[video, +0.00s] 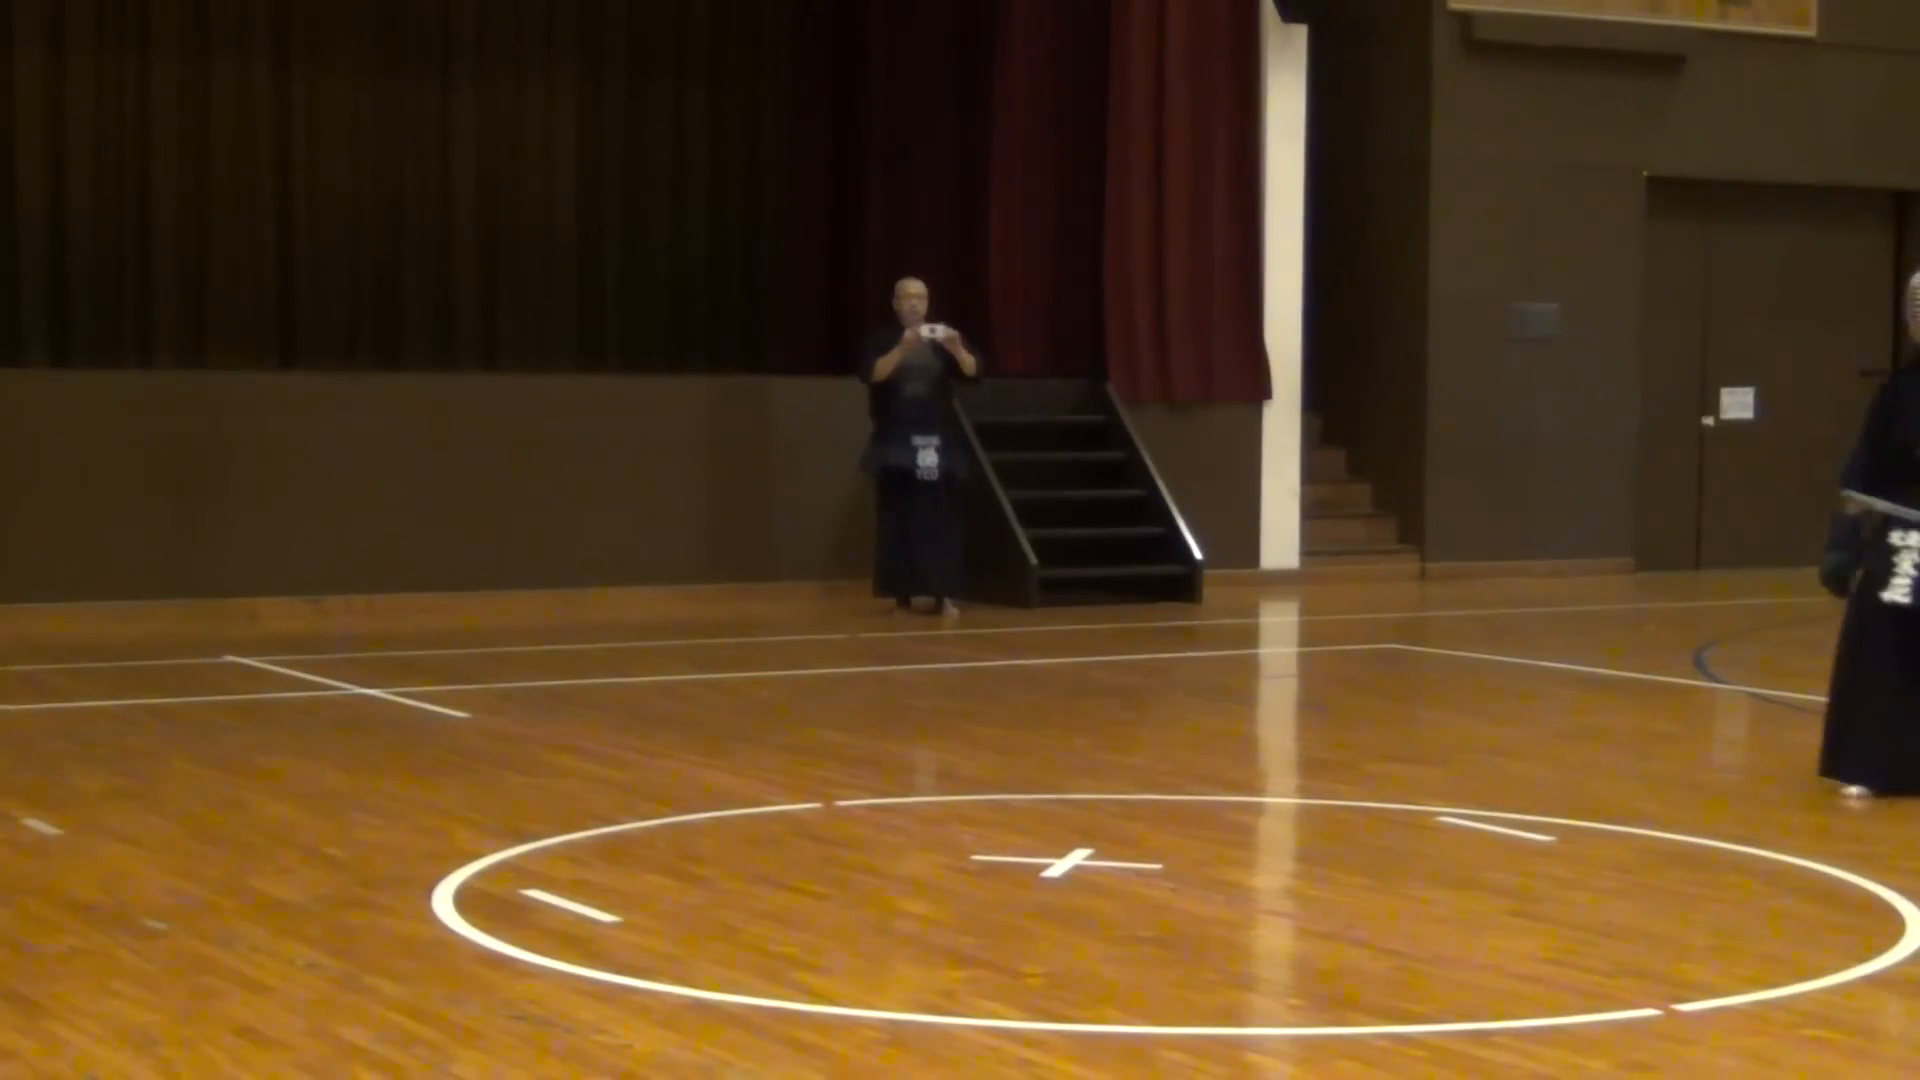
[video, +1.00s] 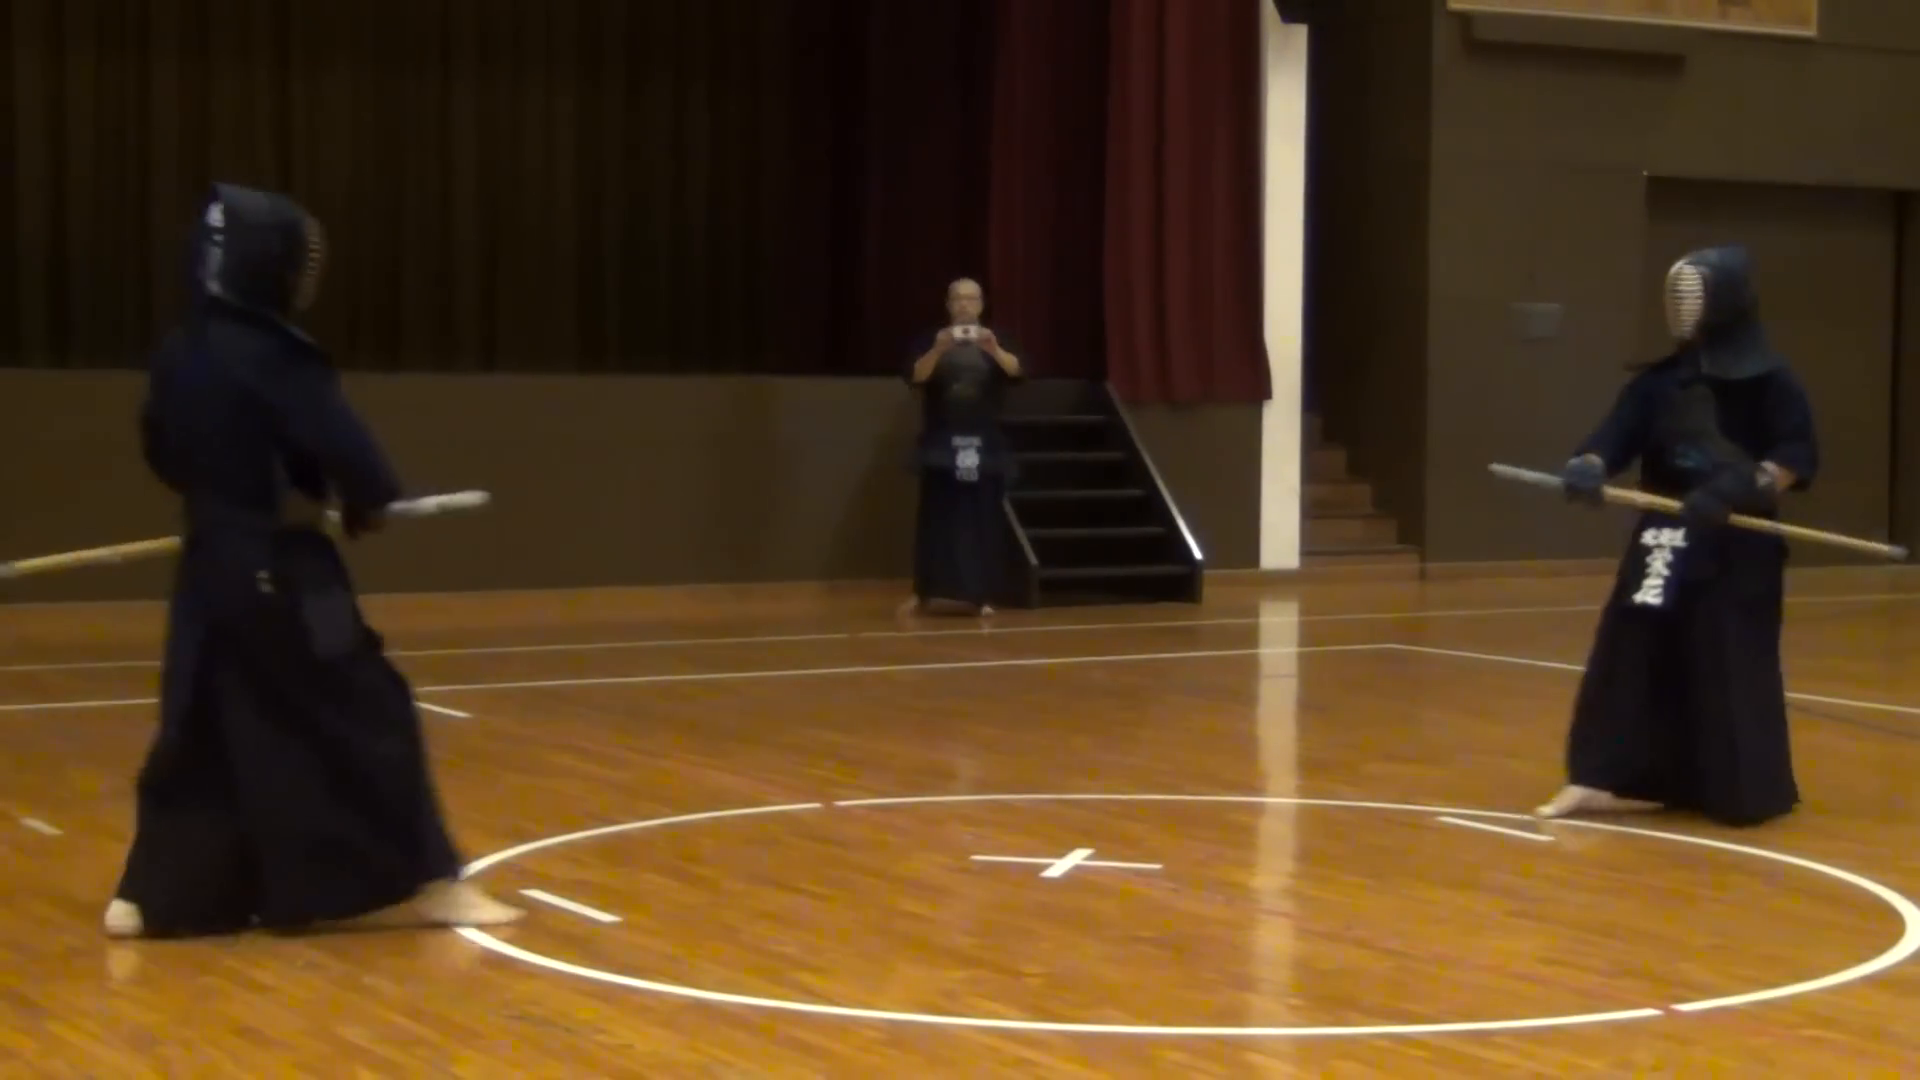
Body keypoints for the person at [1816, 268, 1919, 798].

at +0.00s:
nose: (1915, 317)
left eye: (1917, 305)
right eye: (1913, 305)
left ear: (1914, 317)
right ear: (1906, 316)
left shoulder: (1902, 390)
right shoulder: (1901, 389)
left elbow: (1868, 477)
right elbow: (1867, 476)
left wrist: (1844, 547)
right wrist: (1845, 547)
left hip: (1903, 541)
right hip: (1899, 541)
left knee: (1879, 642)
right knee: (1875, 642)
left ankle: (1867, 766)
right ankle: (1863, 765)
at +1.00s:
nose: (1679, 308)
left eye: (1691, 297)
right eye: (1676, 296)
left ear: (1725, 301)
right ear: (1675, 301)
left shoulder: (1765, 379)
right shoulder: (1662, 378)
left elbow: (1797, 456)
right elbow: (1621, 429)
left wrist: (1740, 487)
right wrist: (1592, 461)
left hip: (1738, 541)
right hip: (1662, 533)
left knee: (1729, 658)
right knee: (1628, 647)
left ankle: (1740, 788)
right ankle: (1599, 775)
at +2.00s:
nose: (1543, 372)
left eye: (1556, 361)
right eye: (1540, 360)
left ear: (1590, 366)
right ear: (1537, 363)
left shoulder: (1629, 442)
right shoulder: (1530, 437)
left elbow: (1594, 520)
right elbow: (1491, 486)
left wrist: (1520, 559)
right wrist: (1453, 512)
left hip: (1614, 594)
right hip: (1541, 590)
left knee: (1599, 683)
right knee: (1481, 675)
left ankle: (1597, 809)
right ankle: (1495, 800)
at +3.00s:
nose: (1548, 471)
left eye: (1562, 460)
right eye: (1546, 459)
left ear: (1596, 468)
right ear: (1539, 462)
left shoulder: (1630, 548)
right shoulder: (1527, 537)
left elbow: (1590, 640)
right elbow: (1496, 602)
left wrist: (1514, 682)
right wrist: (1461, 641)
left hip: (1596, 698)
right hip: (1521, 683)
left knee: (1618, 750)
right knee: (1429, 716)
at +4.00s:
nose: (1558, 472)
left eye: (1572, 461)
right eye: (1555, 461)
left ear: (1606, 468)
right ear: (1548, 465)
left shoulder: (1641, 548)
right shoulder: (1537, 540)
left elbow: (1601, 645)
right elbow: (1507, 609)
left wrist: (1529, 687)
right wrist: (1472, 650)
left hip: (1610, 699)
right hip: (1534, 685)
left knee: (1628, 753)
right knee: (1441, 717)